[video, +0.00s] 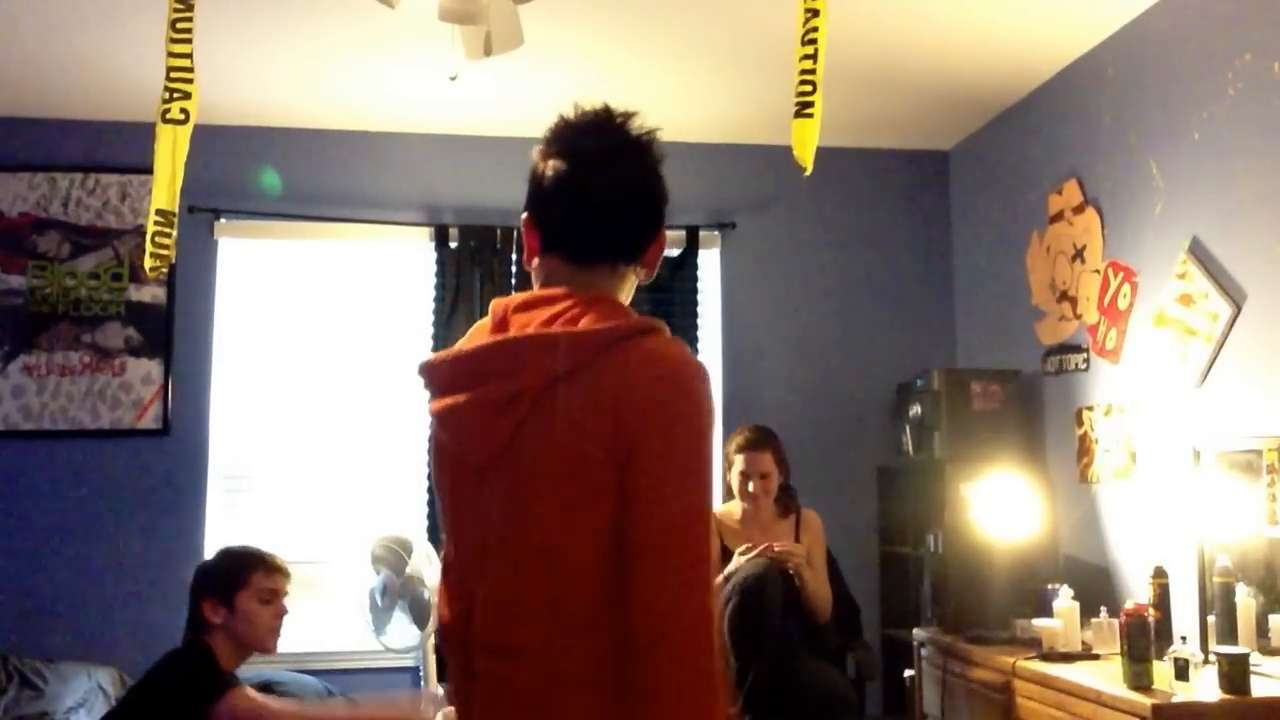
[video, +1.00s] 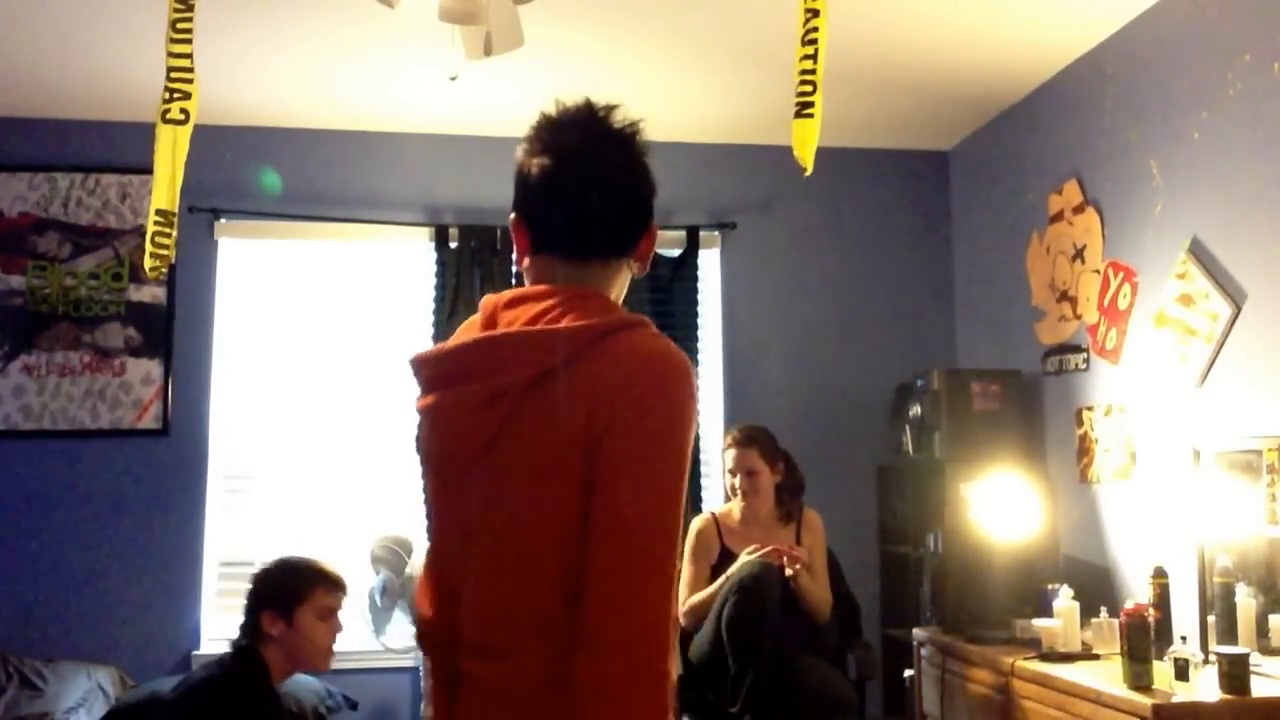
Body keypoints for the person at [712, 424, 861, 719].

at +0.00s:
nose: (753, 488)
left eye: (764, 477)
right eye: (744, 477)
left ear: (781, 476)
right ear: (729, 476)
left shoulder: (807, 523)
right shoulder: (717, 523)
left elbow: (823, 612)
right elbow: (704, 604)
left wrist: (802, 570)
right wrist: (732, 572)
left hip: (795, 637)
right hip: (730, 638)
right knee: (762, 575)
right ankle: (751, 701)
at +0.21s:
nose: (745, 486)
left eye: (755, 475)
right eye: (739, 476)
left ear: (780, 474)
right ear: (728, 478)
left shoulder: (805, 523)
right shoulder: (723, 529)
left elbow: (822, 611)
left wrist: (801, 571)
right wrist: (745, 570)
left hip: (794, 657)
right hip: (737, 659)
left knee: (836, 697)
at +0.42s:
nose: (739, 483)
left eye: (750, 473)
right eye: (731, 473)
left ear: (776, 474)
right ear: (724, 475)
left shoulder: (806, 523)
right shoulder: (714, 524)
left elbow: (823, 611)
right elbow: (706, 606)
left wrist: (800, 572)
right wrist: (734, 573)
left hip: (796, 641)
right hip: (732, 644)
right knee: (762, 575)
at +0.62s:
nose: (738, 484)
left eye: (749, 473)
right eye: (730, 473)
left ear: (776, 472)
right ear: (722, 476)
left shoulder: (806, 523)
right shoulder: (708, 527)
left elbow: (821, 611)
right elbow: (689, 616)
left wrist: (800, 573)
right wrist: (733, 573)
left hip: (788, 652)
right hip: (719, 658)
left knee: (837, 698)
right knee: (757, 574)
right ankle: (750, 705)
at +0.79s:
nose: (737, 484)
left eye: (748, 473)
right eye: (730, 473)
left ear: (775, 473)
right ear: (721, 476)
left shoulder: (806, 523)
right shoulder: (715, 526)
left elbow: (821, 611)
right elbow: (703, 603)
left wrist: (800, 573)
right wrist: (736, 573)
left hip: (798, 646)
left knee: (838, 697)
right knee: (761, 573)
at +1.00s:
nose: (739, 483)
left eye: (750, 473)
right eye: (732, 473)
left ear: (777, 472)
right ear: (724, 476)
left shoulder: (807, 524)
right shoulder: (707, 528)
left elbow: (822, 611)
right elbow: (688, 617)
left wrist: (800, 576)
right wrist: (737, 572)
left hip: (788, 652)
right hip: (717, 658)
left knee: (837, 698)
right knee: (756, 575)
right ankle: (747, 705)